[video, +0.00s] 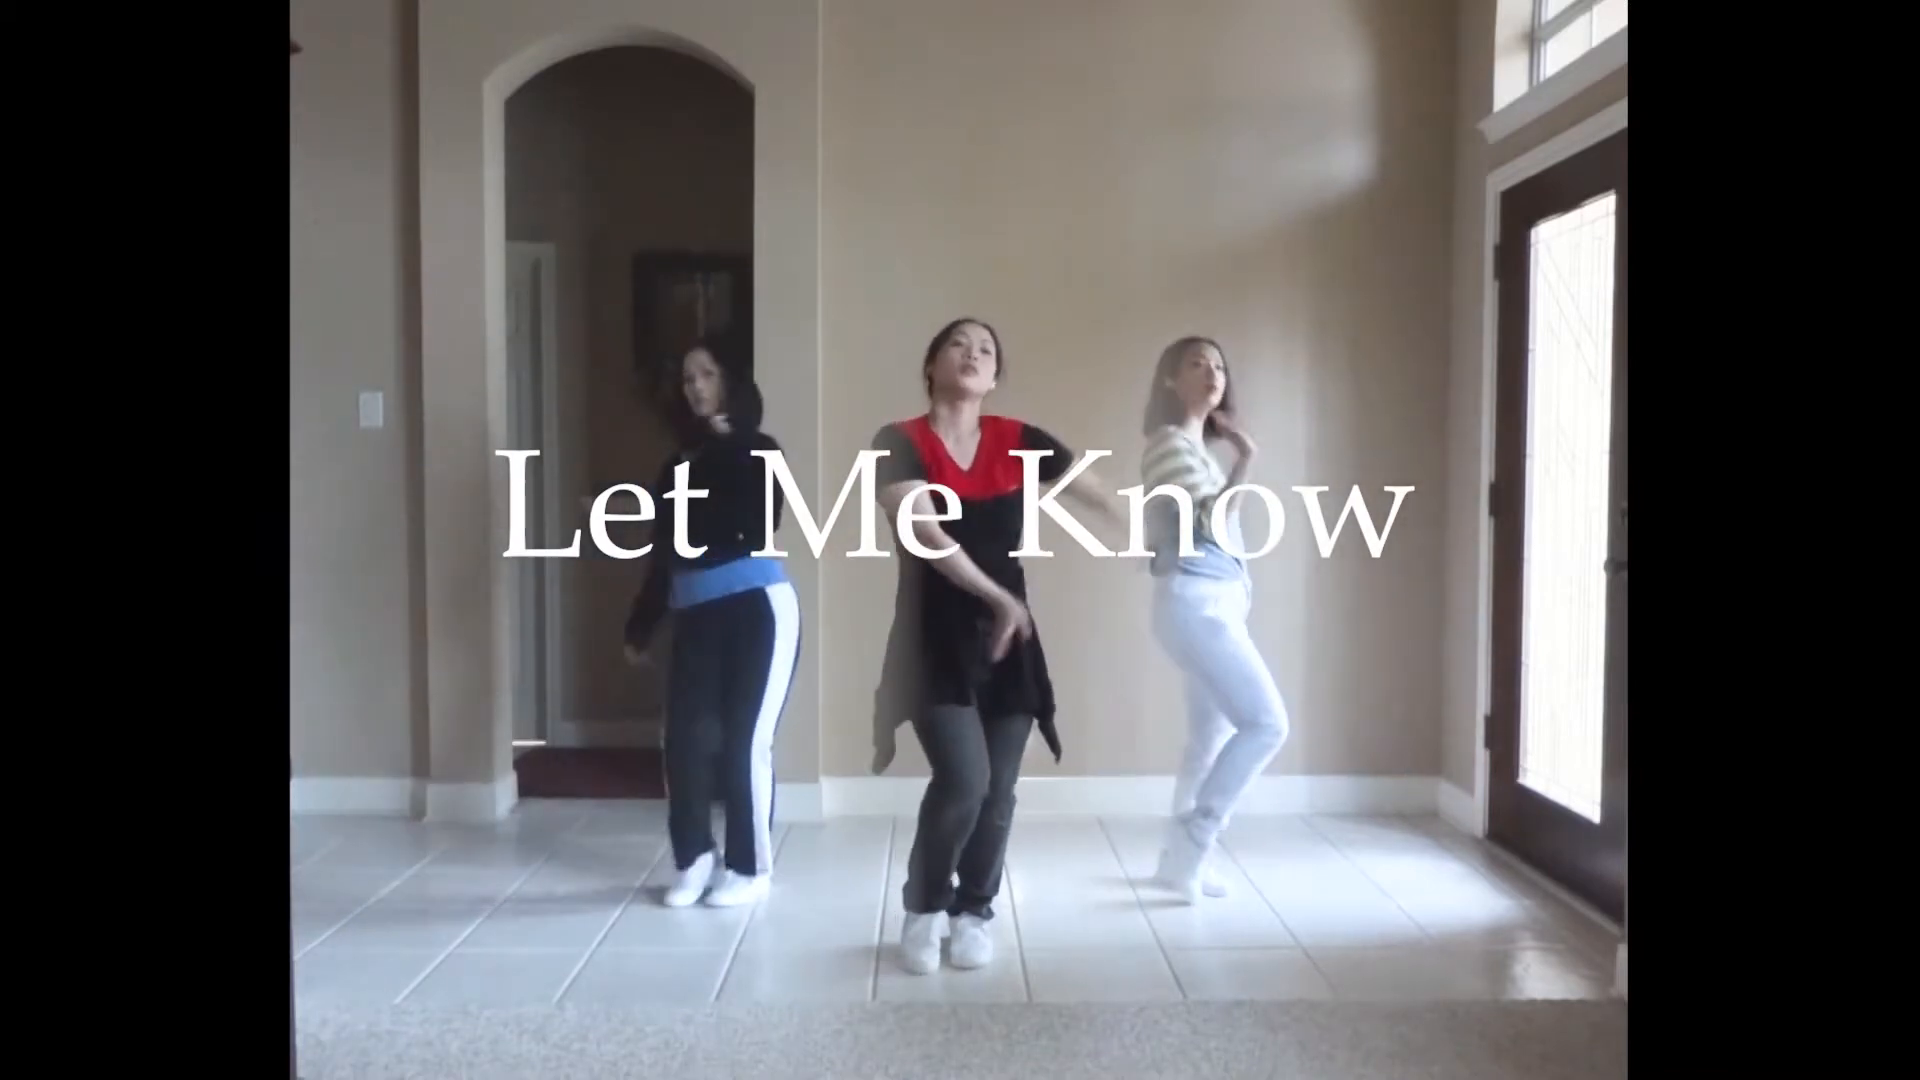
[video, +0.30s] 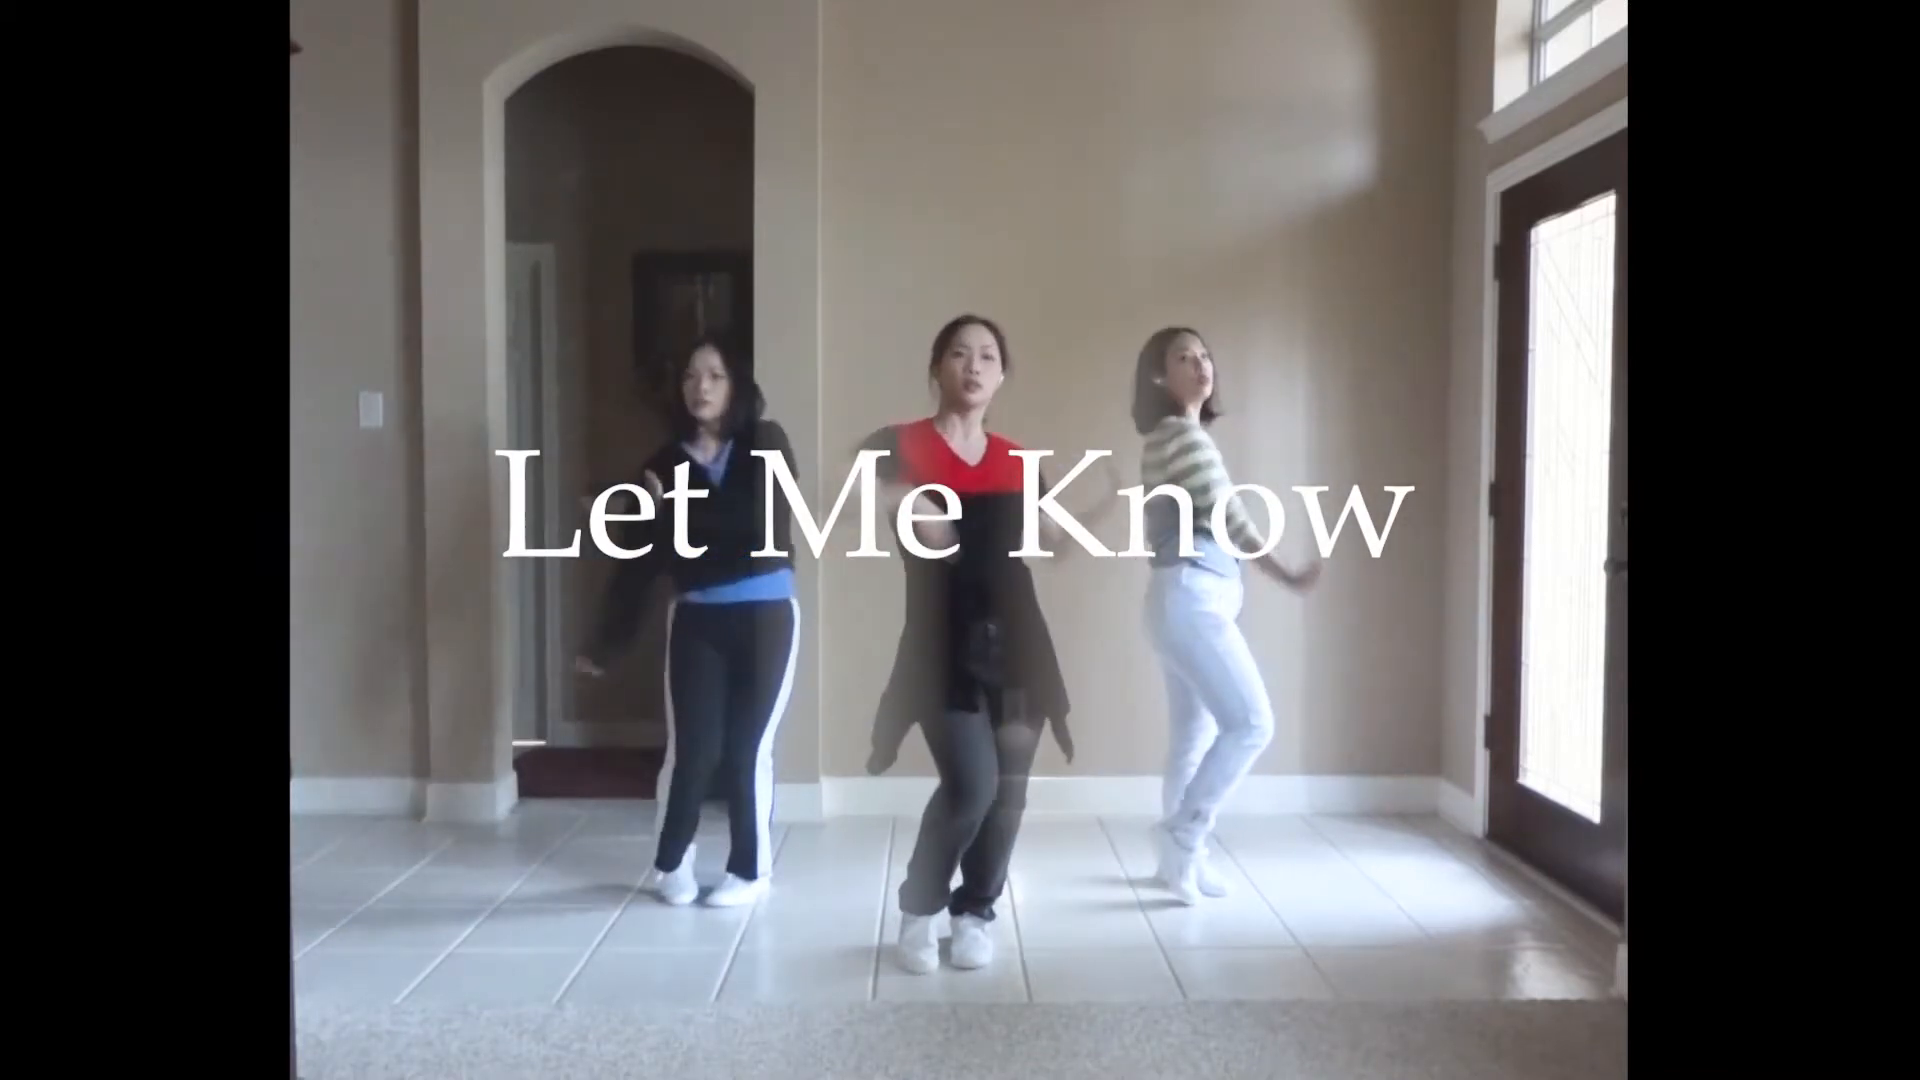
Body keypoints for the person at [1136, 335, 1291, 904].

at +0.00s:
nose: (1211, 373)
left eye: (1218, 367)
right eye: (1197, 364)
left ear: (1224, 387)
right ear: (1170, 379)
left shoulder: (1205, 447)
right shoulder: (1170, 444)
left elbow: (1207, 526)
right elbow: (1205, 518)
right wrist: (1243, 462)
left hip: (1222, 599)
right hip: (1192, 602)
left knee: (1204, 737)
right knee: (1267, 725)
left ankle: (1184, 857)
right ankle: (1189, 846)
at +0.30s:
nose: (1201, 364)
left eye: (1204, 356)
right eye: (1185, 358)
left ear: (1212, 371)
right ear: (1160, 377)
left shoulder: (1162, 439)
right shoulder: (1187, 438)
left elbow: (1173, 521)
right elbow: (1226, 519)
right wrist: (1288, 574)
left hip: (1175, 591)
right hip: (1193, 595)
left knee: (1192, 728)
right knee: (1251, 724)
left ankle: (1185, 850)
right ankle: (1182, 841)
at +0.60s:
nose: (1201, 380)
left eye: (1204, 370)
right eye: (1185, 371)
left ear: (1209, 381)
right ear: (1157, 386)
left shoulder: (1193, 433)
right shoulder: (1182, 435)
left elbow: (1244, 472)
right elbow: (1220, 513)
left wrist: (1226, 412)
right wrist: (1256, 569)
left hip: (1210, 602)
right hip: (1177, 604)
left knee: (1213, 734)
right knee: (1221, 737)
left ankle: (1187, 848)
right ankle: (1160, 846)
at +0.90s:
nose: (1198, 406)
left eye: (1206, 393)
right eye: (1185, 396)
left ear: (1218, 399)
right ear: (1159, 403)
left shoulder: (1234, 468)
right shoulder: (1136, 447)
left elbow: (1260, 549)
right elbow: (1113, 425)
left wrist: (1318, 586)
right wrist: (1100, 404)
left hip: (1229, 613)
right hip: (1165, 613)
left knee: (1228, 742)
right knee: (1203, 738)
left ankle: (1190, 855)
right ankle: (1152, 854)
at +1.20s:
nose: (1190, 374)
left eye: (1200, 364)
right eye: (1178, 364)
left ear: (1217, 374)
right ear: (1157, 374)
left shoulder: (1242, 442)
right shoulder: (1135, 434)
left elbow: (1288, 502)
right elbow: (1085, 415)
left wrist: (1326, 558)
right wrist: (1074, 377)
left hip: (1213, 605)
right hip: (1145, 601)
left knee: (1213, 740)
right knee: (1140, 731)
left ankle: (1186, 857)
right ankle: (1134, 856)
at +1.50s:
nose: (1182, 365)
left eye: (1192, 357)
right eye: (1170, 356)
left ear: (1205, 375)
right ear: (1148, 369)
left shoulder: (1218, 446)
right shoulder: (1116, 428)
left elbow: (1275, 492)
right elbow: (1060, 390)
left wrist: (1326, 517)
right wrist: (1039, 333)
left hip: (1196, 591)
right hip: (1131, 595)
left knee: (1205, 719)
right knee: (1133, 715)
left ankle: (1227, 842)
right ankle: (1145, 824)